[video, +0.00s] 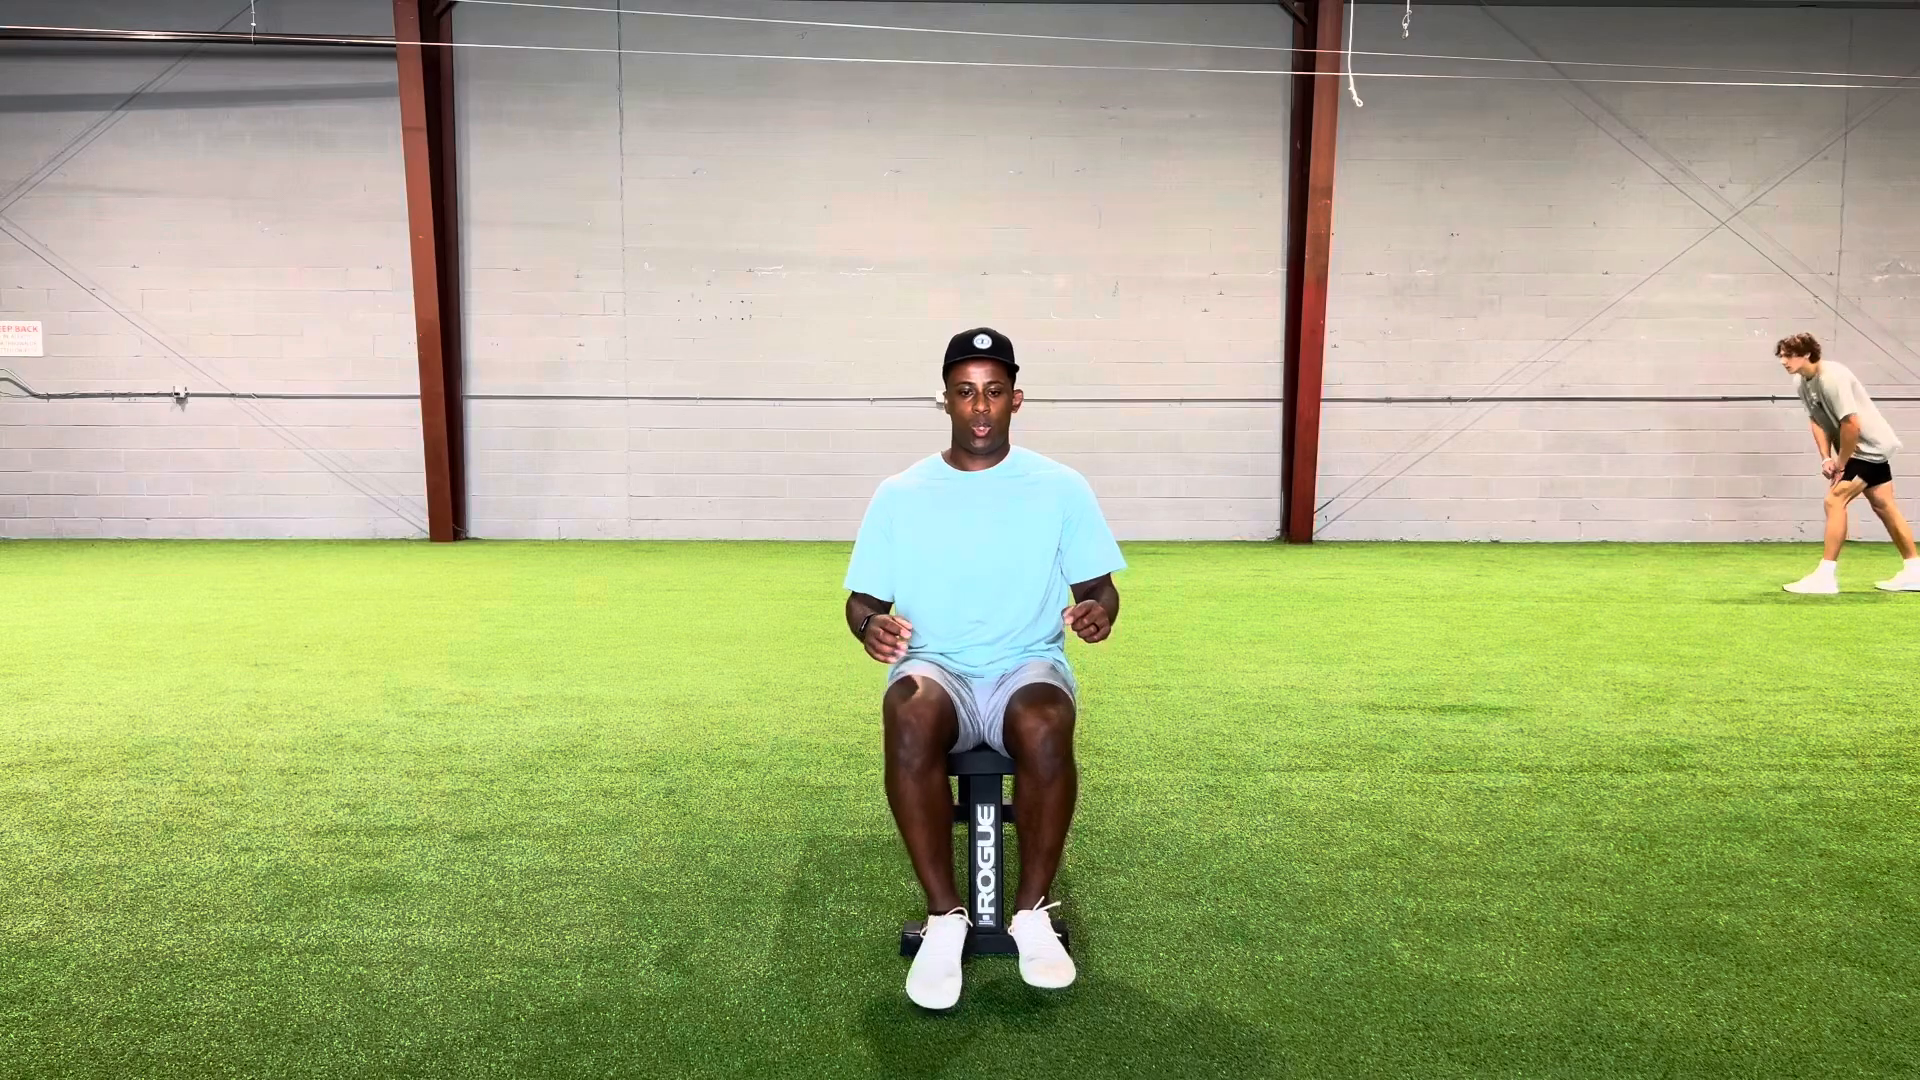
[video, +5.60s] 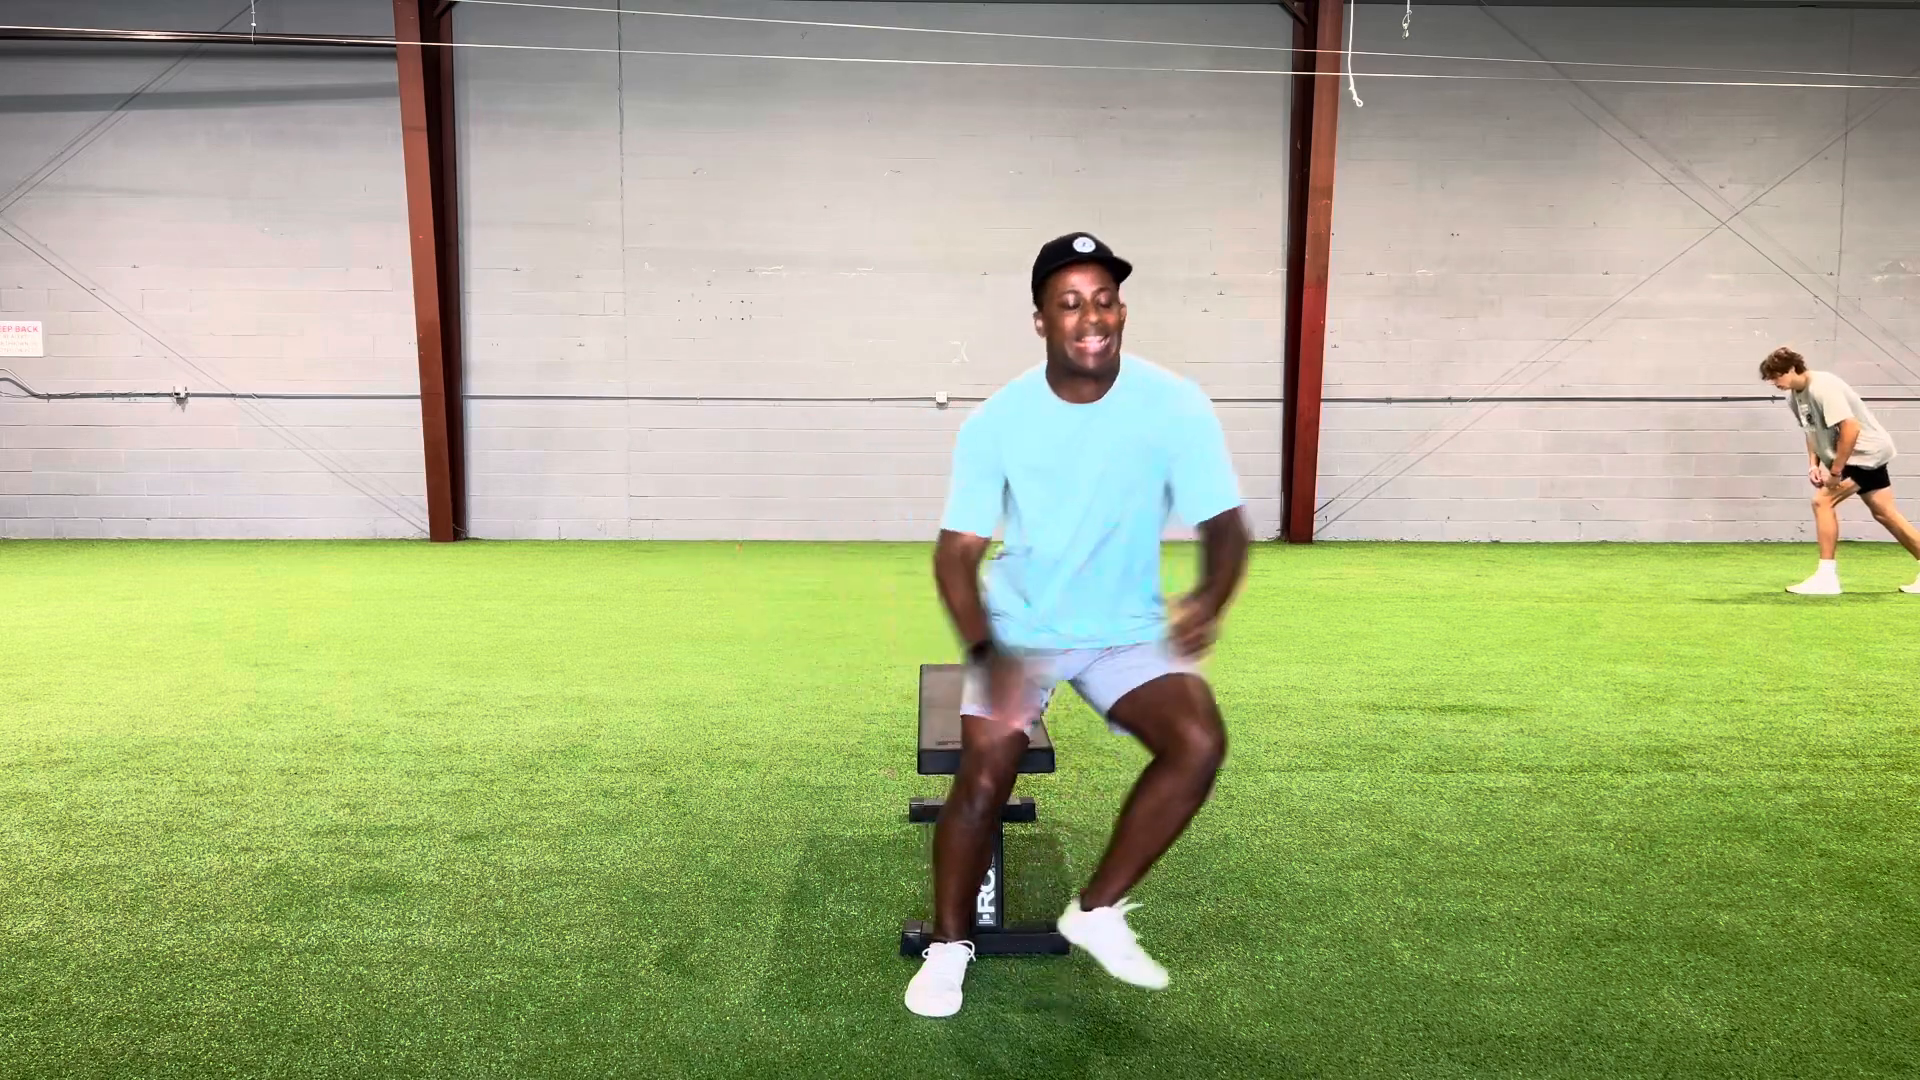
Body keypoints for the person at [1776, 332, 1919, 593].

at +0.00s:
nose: (1784, 362)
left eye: (1788, 356)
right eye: (1782, 357)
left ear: (1806, 355)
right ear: (1794, 358)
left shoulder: (1832, 377)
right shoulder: (1804, 384)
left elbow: (1851, 424)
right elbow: (1817, 421)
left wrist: (1841, 462)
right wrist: (1826, 456)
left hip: (1874, 449)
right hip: (1864, 449)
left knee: (1835, 501)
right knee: (1883, 506)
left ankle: (1825, 575)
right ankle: (1913, 568)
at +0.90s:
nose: (1820, 348)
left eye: (1823, 341)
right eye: (1817, 343)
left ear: (1840, 338)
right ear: (1819, 345)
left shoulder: (1865, 365)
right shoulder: (1835, 370)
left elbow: (1868, 414)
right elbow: (1844, 415)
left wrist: (1849, 455)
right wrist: (1839, 452)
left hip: (1879, 451)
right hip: (1875, 451)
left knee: (1844, 502)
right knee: (1895, 508)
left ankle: (1827, 575)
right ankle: (1919, 570)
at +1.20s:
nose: (1852, 340)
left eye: (1855, 333)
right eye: (1849, 335)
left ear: (1872, 329)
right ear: (1858, 334)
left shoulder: (1894, 357)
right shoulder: (1867, 362)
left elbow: (1897, 407)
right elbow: (1869, 412)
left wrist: (1868, 447)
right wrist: (1856, 449)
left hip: (1884, 451)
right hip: (1877, 451)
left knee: (1853, 503)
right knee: (1894, 507)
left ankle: (1828, 574)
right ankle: (1919, 570)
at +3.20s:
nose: (1855, 344)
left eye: (1857, 338)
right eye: (1853, 339)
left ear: (1873, 331)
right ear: (1868, 334)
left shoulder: (1898, 358)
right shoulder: (1876, 359)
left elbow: (1902, 408)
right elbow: (1873, 410)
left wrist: (1877, 450)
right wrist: (1862, 450)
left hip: (1881, 453)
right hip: (1874, 452)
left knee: (1858, 506)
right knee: (1891, 510)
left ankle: (1828, 575)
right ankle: (1919, 570)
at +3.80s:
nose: (1836, 348)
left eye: (1839, 341)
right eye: (1831, 345)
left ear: (1852, 336)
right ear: (1829, 347)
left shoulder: (1873, 361)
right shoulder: (1843, 369)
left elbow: (1884, 409)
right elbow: (1848, 412)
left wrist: (1857, 450)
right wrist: (1837, 445)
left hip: (1881, 450)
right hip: (1871, 450)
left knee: (1841, 501)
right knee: (1894, 511)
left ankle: (1826, 574)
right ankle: (1919, 571)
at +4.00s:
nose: (1808, 361)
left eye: (1811, 354)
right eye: (1803, 358)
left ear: (1825, 347)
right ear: (1801, 358)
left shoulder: (1845, 370)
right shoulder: (1816, 378)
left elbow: (1858, 418)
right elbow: (1823, 416)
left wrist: (1843, 457)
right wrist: (1826, 449)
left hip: (1875, 448)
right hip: (1866, 449)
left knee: (1837, 501)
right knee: (1889, 509)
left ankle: (1826, 574)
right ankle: (1919, 567)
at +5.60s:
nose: (1775, 384)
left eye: (1777, 377)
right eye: (1772, 379)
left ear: (1792, 370)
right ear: (1788, 373)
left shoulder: (1823, 386)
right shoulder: (1796, 396)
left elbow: (1850, 427)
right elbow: (1811, 431)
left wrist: (1835, 471)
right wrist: (1814, 463)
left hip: (1869, 454)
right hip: (1863, 456)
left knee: (1822, 502)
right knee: (1885, 514)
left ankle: (1826, 576)